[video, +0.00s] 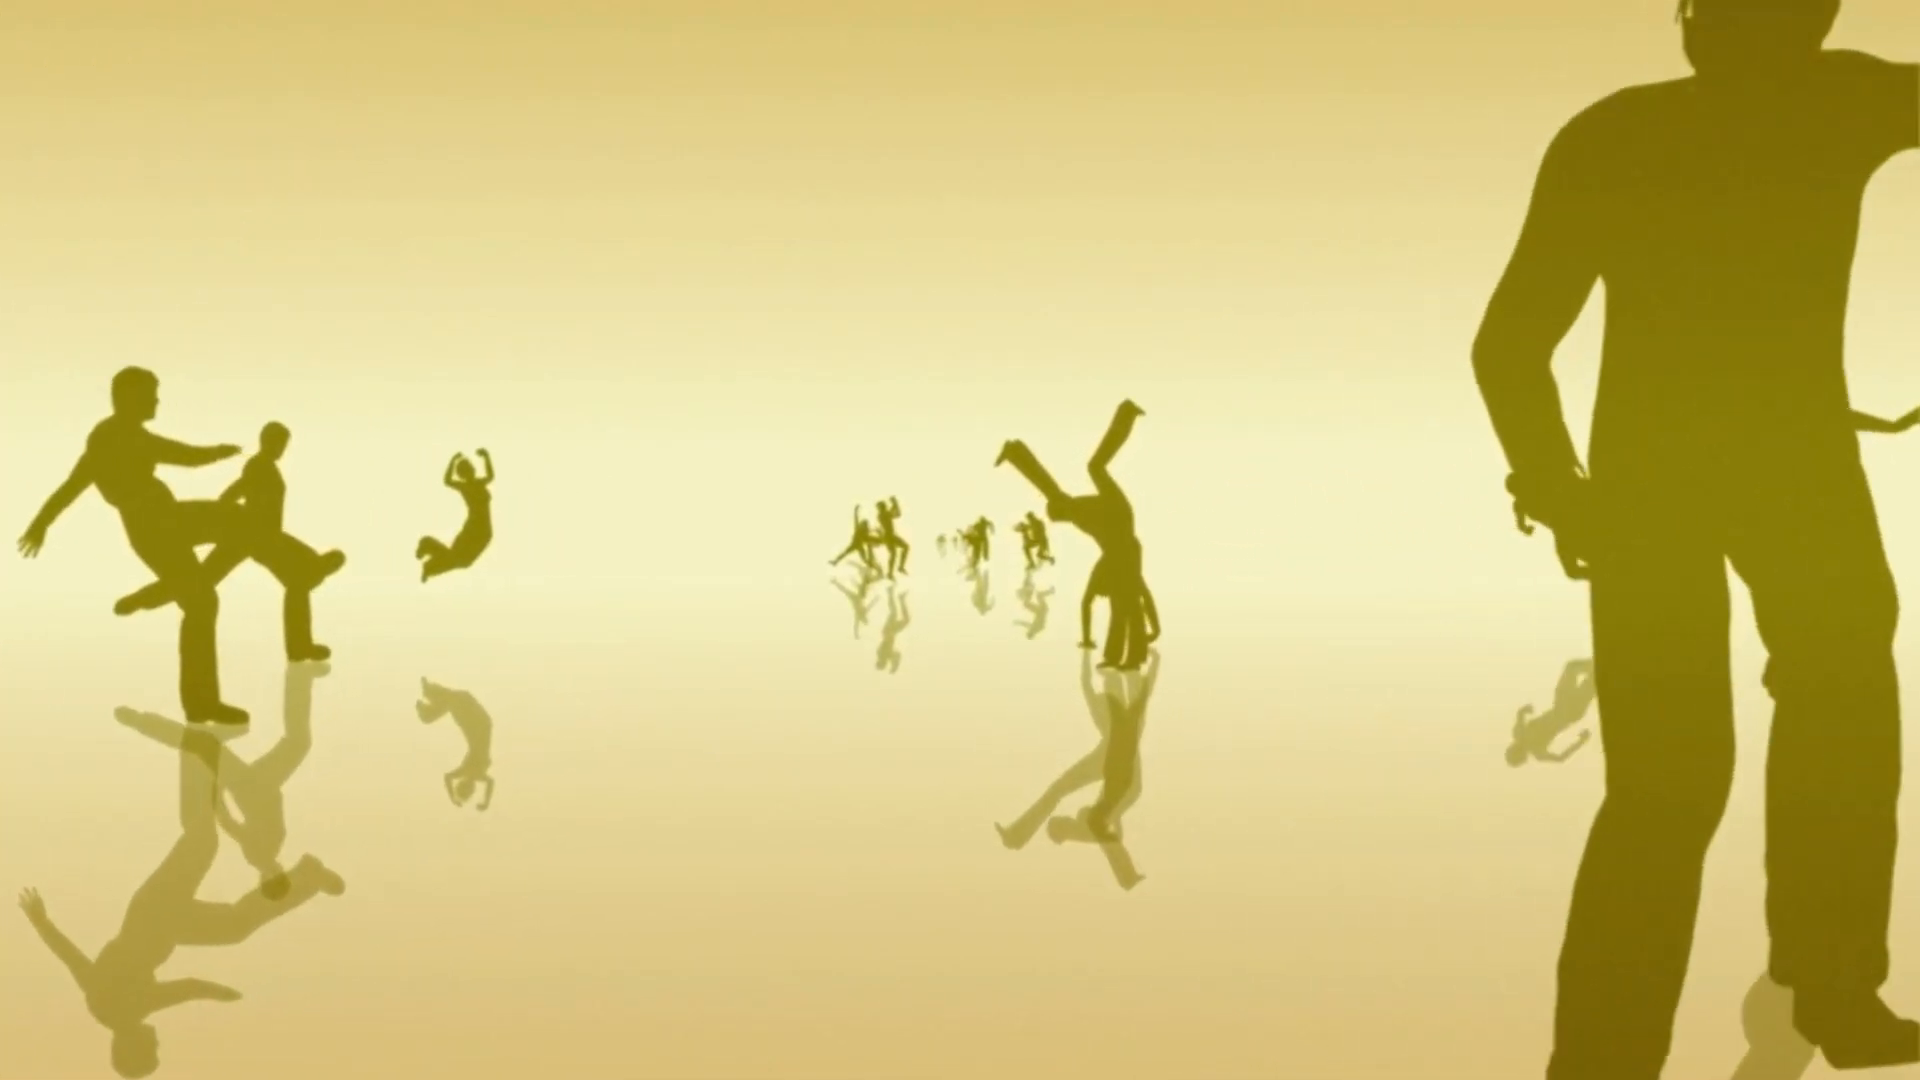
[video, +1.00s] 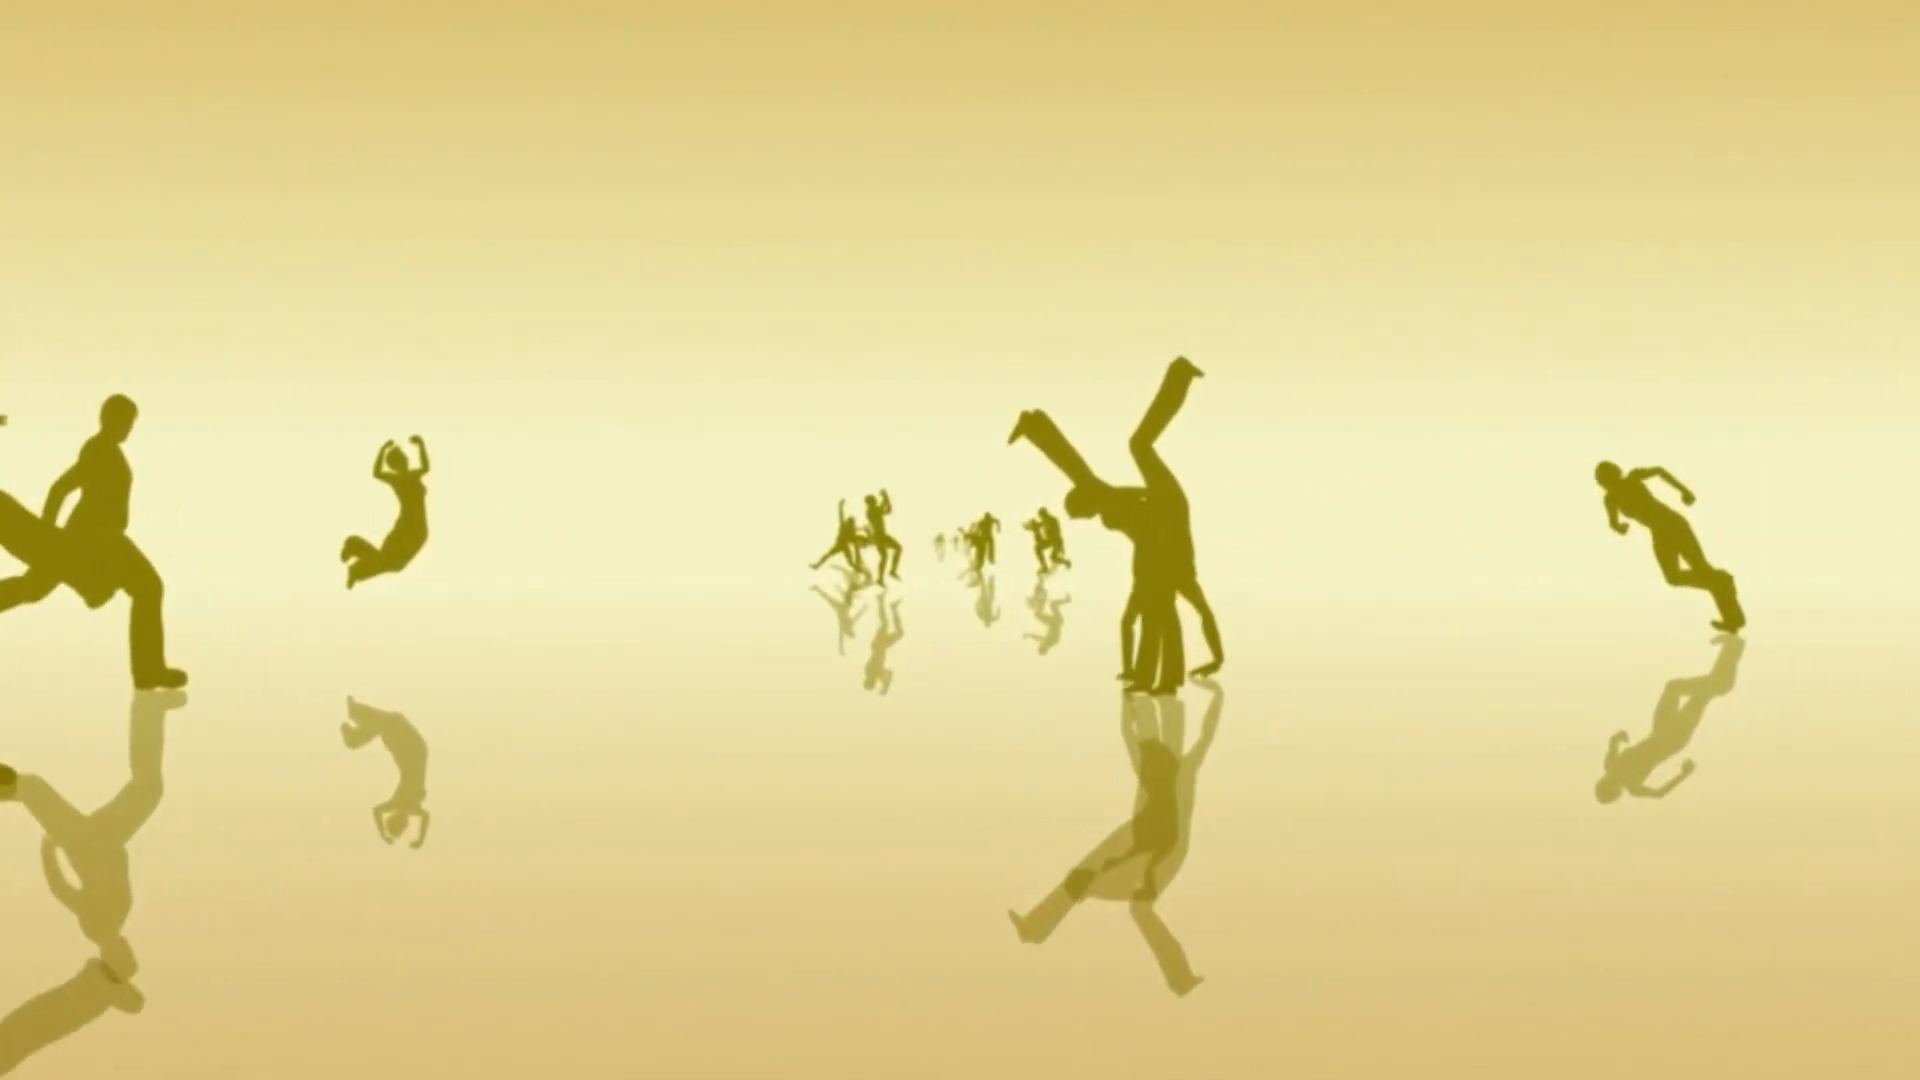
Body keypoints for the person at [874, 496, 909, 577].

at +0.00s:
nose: (884, 508)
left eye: (883, 506)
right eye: (883, 506)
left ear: (881, 507)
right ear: (883, 507)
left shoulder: (883, 514)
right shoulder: (884, 515)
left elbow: (895, 514)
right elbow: (897, 514)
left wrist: (894, 503)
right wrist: (895, 503)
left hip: (889, 536)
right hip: (889, 536)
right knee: (905, 546)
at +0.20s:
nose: (882, 507)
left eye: (882, 505)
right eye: (881, 505)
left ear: (879, 506)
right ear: (880, 506)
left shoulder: (882, 513)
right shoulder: (882, 514)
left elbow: (893, 513)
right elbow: (895, 513)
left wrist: (892, 502)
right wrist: (893, 502)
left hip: (888, 535)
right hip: (887, 536)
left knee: (904, 547)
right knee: (891, 553)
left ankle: (900, 567)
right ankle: (888, 573)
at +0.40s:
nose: (881, 506)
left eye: (880, 504)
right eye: (879, 504)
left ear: (877, 505)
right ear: (878, 505)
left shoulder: (880, 513)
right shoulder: (880, 514)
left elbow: (891, 512)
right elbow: (893, 512)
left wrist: (891, 502)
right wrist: (891, 501)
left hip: (885, 535)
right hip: (886, 535)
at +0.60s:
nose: (879, 504)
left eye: (877, 503)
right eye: (877, 503)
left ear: (874, 504)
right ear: (876, 504)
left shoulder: (878, 512)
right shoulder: (878, 512)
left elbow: (889, 511)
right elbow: (891, 511)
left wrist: (888, 500)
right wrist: (890, 500)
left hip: (883, 535)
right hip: (884, 535)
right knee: (901, 547)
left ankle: (885, 576)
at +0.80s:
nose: (876, 503)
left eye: (875, 501)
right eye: (874, 502)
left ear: (873, 503)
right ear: (873, 502)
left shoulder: (876, 511)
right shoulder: (875, 511)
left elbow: (888, 511)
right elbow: (889, 511)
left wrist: (887, 499)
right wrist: (887, 499)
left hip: (881, 535)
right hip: (882, 535)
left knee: (886, 555)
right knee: (900, 547)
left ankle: (882, 577)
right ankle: (895, 570)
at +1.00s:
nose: (875, 502)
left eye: (874, 500)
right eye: (873, 500)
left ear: (870, 502)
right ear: (871, 501)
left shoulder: (873, 510)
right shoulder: (873, 511)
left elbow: (886, 510)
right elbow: (887, 510)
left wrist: (884, 498)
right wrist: (885, 497)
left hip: (878, 535)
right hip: (880, 535)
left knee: (884, 556)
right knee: (898, 548)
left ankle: (880, 578)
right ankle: (893, 571)